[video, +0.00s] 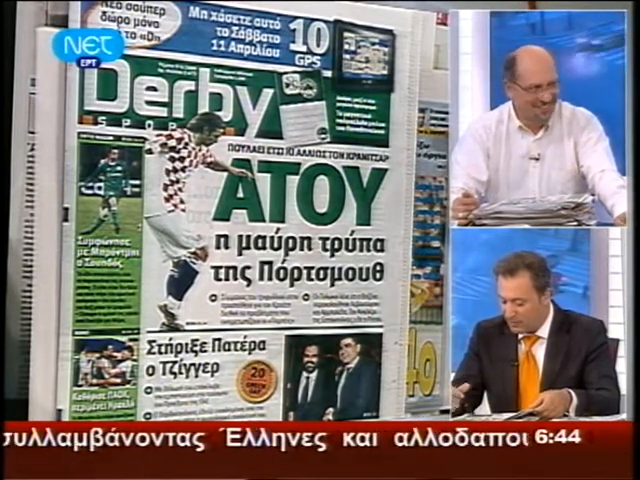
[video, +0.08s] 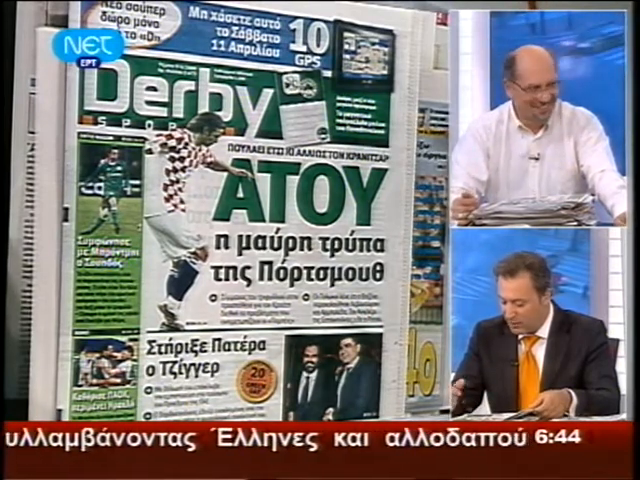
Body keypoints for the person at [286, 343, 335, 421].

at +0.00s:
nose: (310, 360)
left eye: (314, 356)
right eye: (307, 356)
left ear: (320, 359)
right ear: (303, 358)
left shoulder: (326, 377)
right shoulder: (296, 375)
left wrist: (330, 411)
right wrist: (291, 412)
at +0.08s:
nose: (310, 360)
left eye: (314, 356)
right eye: (307, 356)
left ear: (320, 359)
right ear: (303, 358)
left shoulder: (326, 377)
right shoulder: (296, 375)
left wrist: (330, 411)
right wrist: (291, 412)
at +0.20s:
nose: (310, 360)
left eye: (314, 356)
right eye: (307, 356)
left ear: (320, 359)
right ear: (303, 358)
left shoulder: (326, 376)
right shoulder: (296, 375)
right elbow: (291, 397)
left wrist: (330, 411)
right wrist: (291, 412)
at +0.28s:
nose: (310, 360)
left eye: (314, 356)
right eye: (307, 356)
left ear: (320, 359)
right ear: (303, 358)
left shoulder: (326, 376)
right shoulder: (296, 375)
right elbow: (291, 397)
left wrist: (330, 411)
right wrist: (291, 412)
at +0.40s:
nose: (310, 360)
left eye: (314, 356)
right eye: (307, 356)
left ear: (320, 359)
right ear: (303, 358)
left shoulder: (326, 377)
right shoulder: (296, 375)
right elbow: (291, 397)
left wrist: (330, 411)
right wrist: (291, 412)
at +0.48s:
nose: (310, 360)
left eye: (314, 356)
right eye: (307, 356)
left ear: (320, 359)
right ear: (303, 358)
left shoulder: (326, 377)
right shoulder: (296, 375)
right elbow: (291, 397)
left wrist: (330, 411)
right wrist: (291, 412)